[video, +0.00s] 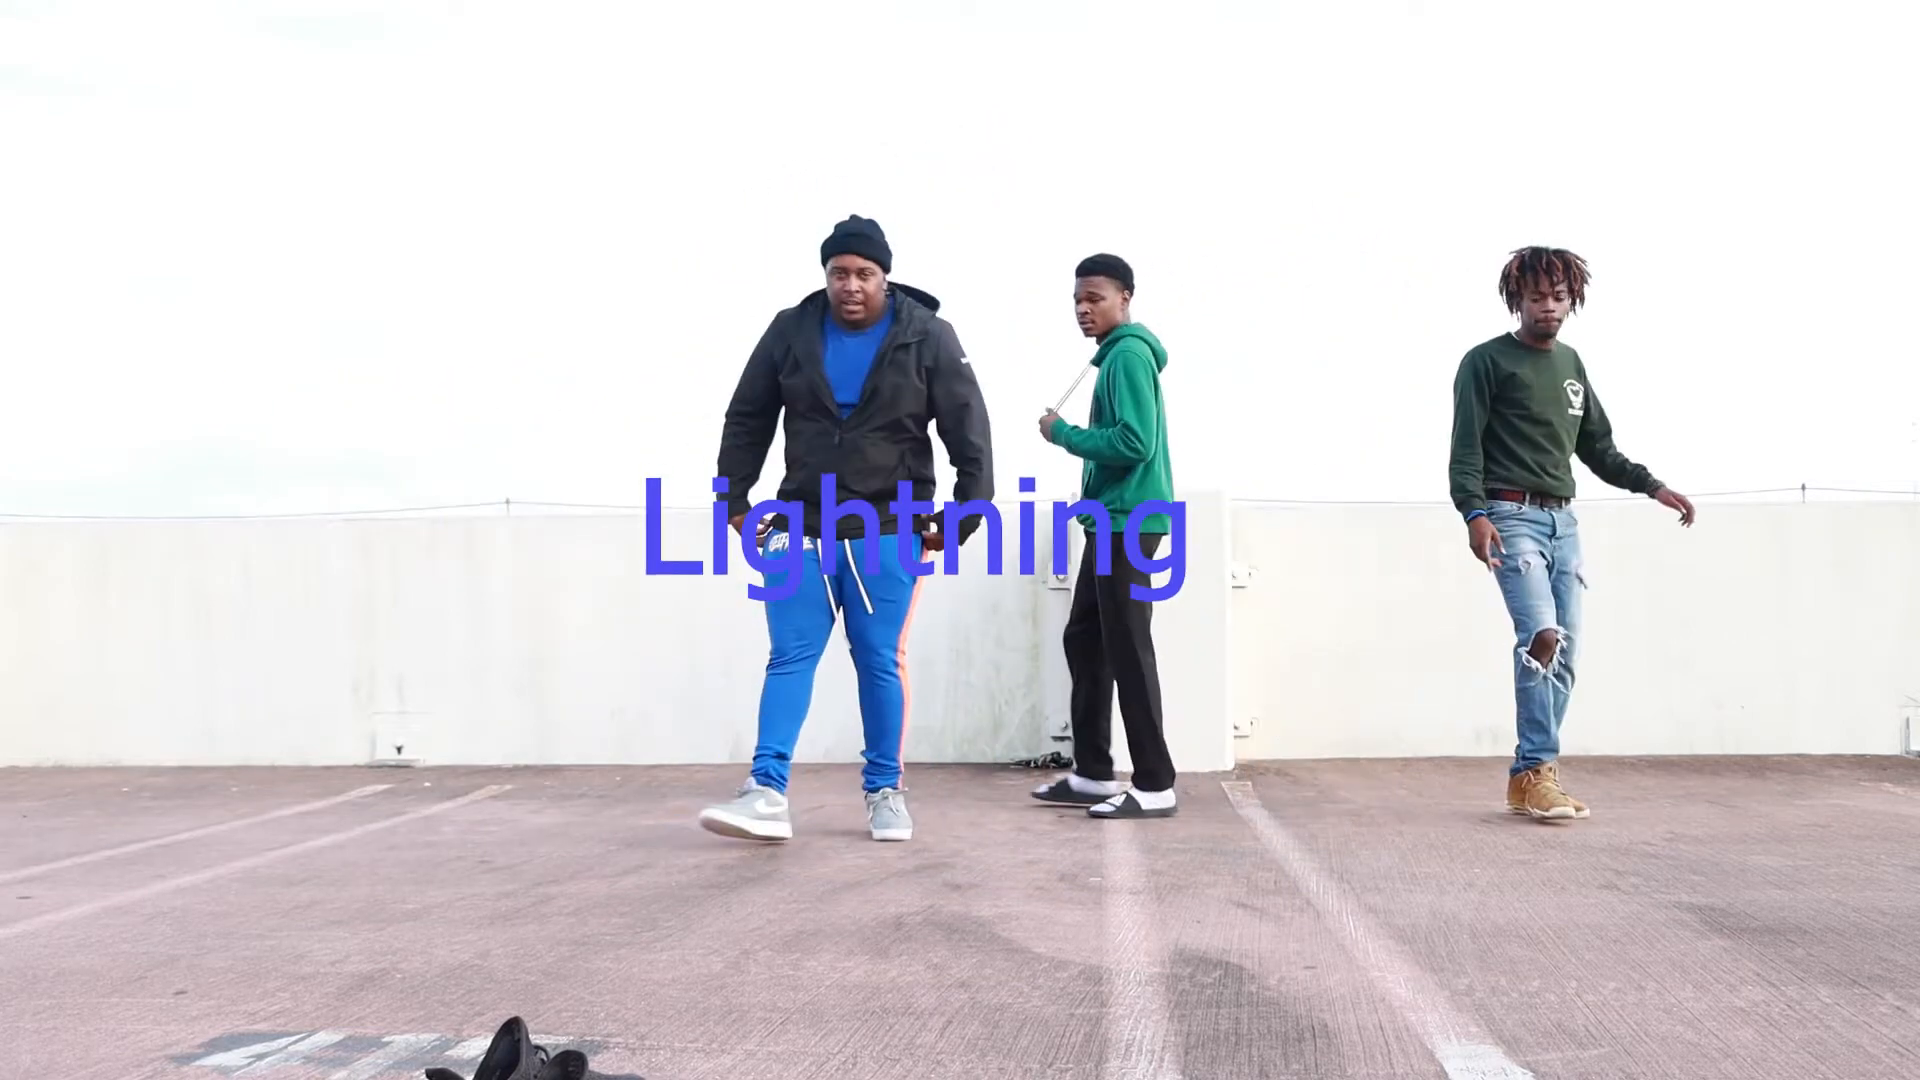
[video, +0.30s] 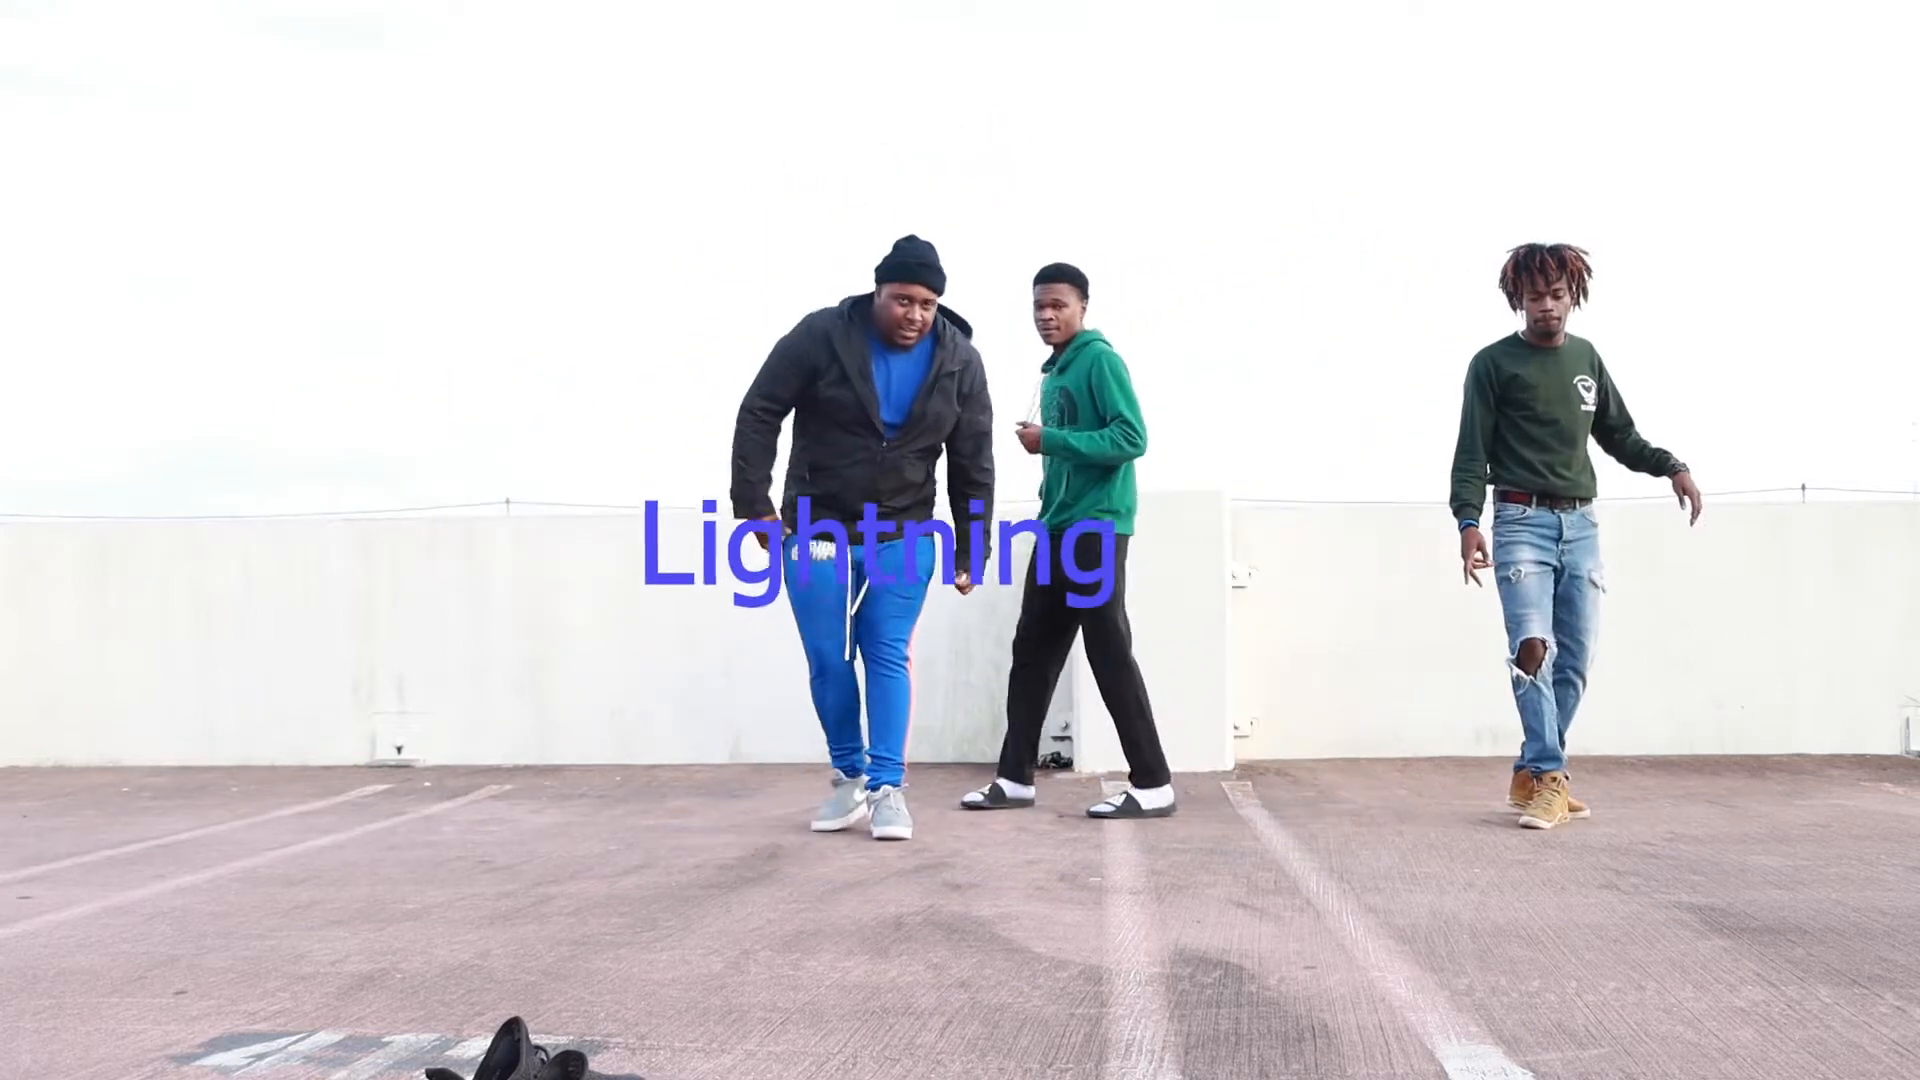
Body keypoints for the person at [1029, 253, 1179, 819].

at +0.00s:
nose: (1083, 309)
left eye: (1094, 298)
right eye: (1079, 300)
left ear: (1125, 299)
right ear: (1081, 305)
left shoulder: (1127, 355)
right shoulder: (1117, 356)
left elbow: (1133, 443)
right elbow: (1127, 445)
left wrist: (1062, 433)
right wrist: (1094, 501)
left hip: (1128, 523)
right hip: (1110, 522)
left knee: (1127, 648)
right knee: (1084, 641)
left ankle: (1156, 785)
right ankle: (1092, 775)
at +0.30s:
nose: (1048, 315)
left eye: (1059, 305)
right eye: (1041, 306)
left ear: (1082, 309)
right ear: (1034, 313)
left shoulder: (1098, 359)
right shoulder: (1057, 369)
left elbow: (1131, 438)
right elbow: (1068, 458)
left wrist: (1050, 440)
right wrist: (1047, 514)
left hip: (1097, 526)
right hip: (1059, 527)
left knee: (1110, 654)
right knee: (1033, 652)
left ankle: (1153, 785)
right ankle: (1015, 780)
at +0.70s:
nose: (987, 324)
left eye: (996, 313)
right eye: (977, 315)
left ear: (1015, 315)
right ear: (967, 323)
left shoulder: (1053, 363)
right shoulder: (967, 388)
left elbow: (1099, 428)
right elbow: (947, 468)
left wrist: (1043, 442)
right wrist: (908, 517)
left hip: (1069, 534)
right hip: (1011, 538)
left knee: (1091, 655)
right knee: (1007, 659)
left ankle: (1109, 777)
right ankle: (1014, 780)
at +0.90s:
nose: (988, 322)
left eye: (996, 312)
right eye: (978, 314)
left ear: (1012, 314)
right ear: (962, 321)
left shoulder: (1052, 365)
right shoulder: (958, 386)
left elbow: (1093, 436)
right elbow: (943, 476)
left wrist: (1062, 445)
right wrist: (917, 531)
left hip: (1062, 533)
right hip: (1000, 536)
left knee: (1070, 650)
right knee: (1001, 656)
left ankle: (1055, 758)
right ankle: (1011, 779)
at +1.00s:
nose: (997, 324)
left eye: (1004, 314)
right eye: (986, 316)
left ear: (1017, 316)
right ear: (967, 322)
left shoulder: (1052, 368)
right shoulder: (960, 387)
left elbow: (1094, 434)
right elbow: (948, 478)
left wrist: (1073, 445)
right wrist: (934, 548)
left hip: (1058, 535)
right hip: (998, 537)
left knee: (1065, 646)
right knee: (1000, 655)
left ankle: (1040, 751)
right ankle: (1011, 779)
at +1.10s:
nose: (1008, 325)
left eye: (1015, 315)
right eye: (997, 317)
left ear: (1027, 316)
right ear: (978, 321)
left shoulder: (1059, 379)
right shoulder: (968, 391)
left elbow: (1094, 437)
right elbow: (959, 478)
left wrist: (1082, 444)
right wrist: (961, 550)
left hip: (1057, 537)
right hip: (998, 539)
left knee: (1059, 650)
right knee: (1000, 657)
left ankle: (1033, 760)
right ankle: (1009, 776)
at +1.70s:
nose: (1039, 334)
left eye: (1048, 325)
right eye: (1031, 324)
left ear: (1060, 333)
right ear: (1013, 330)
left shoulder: (1066, 397)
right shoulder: (985, 378)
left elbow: (1071, 474)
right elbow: (956, 446)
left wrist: (1082, 478)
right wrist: (953, 512)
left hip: (1038, 533)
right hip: (983, 528)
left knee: (1032, 654)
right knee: (985, 651)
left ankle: (1024, 766)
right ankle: (989, 766)